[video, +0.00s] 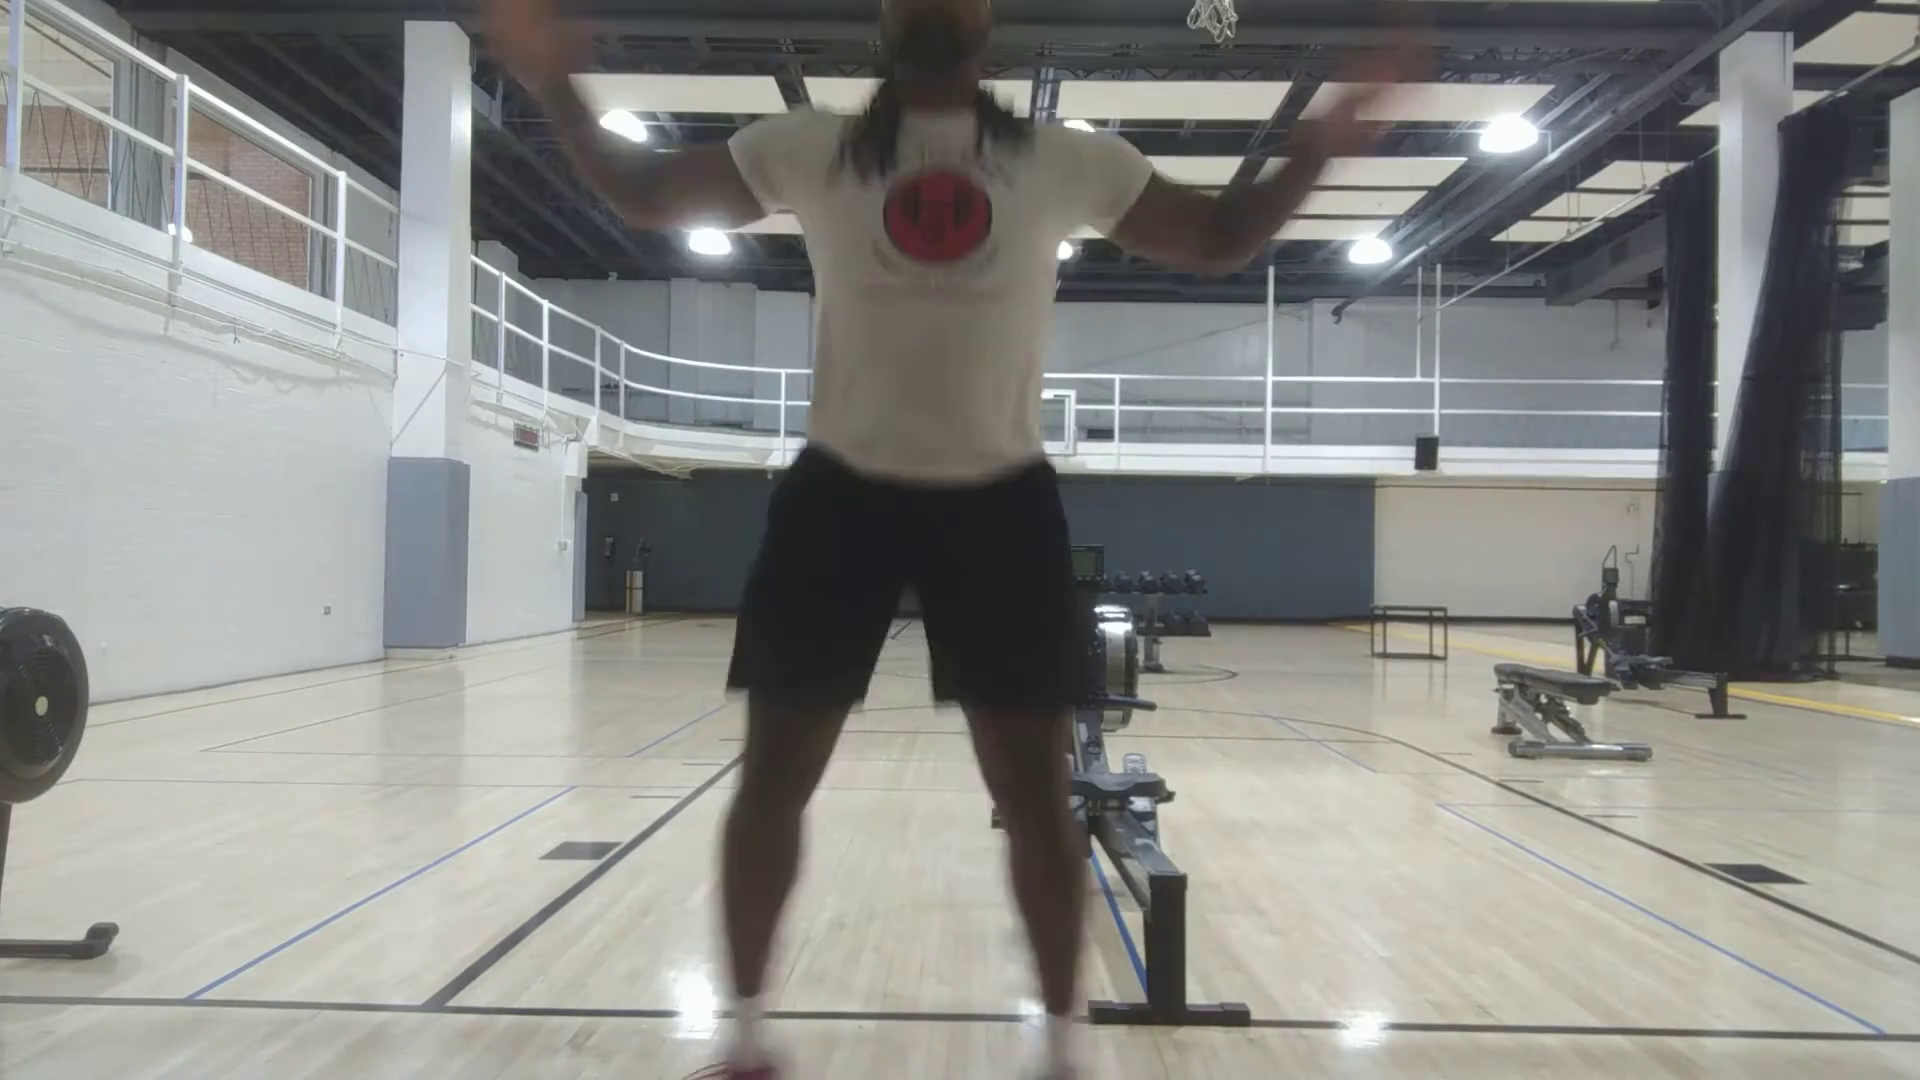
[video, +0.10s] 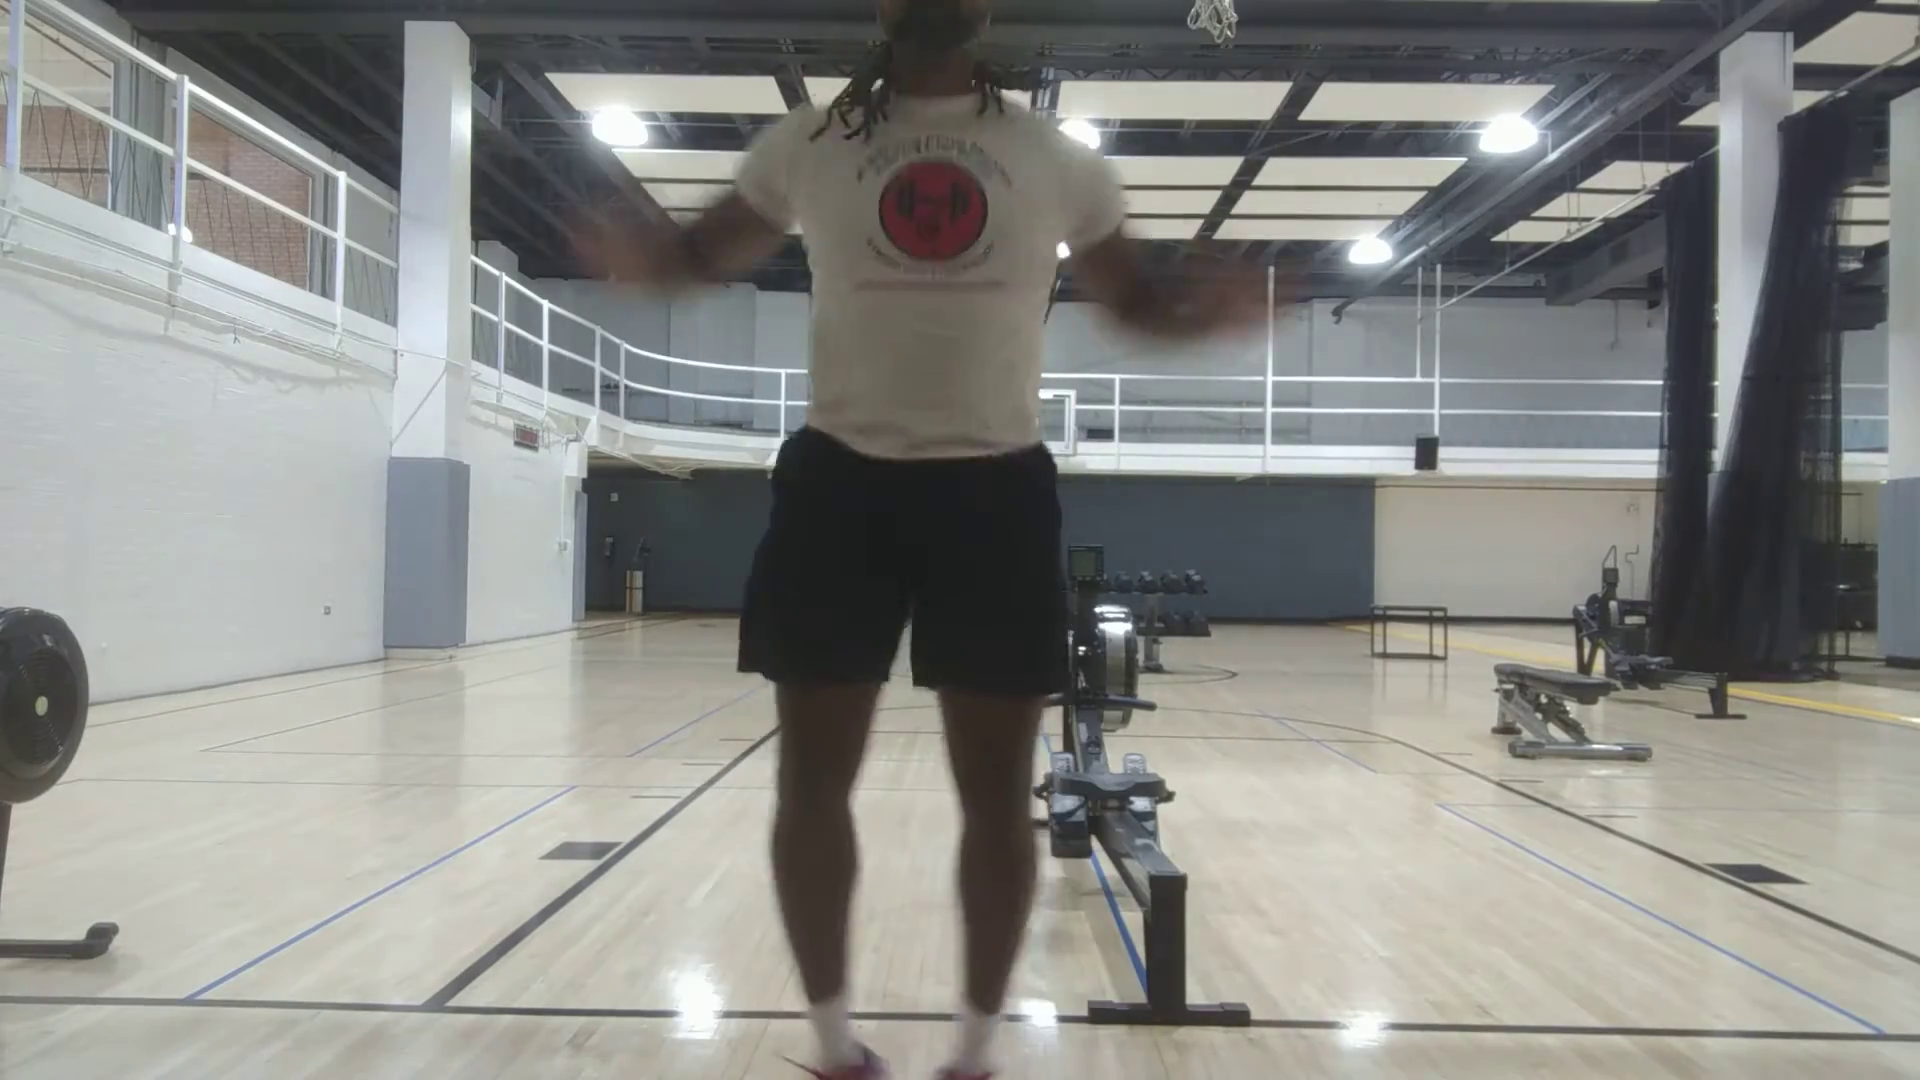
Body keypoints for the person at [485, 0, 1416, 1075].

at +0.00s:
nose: (939, 23)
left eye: (960, 10)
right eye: (917, 10)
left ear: (992, 32)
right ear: (878, 29)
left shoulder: (1062, 157)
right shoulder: (810, 144)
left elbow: (1218, 239)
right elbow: (637, 191)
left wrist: (1330, 132)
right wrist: (555, 83)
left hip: (1000, 506)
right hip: (841, 499)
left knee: (1037, 792)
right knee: (774, 773)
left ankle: (1062, 1038)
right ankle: (745, 1030)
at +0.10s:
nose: (922, 17)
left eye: (945, 6)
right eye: (907, 5)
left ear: (981, 19)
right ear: (878, 18)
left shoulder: (1052, 158)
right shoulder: (808, 144)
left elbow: (1133, 297)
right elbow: (701, 253)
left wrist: (1206, 302)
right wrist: (645, 248)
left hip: (995, 498)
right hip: (838, 492)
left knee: (997, 793)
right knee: (814, 783)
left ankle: (976, 1044)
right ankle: (832, 1037)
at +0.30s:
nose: (918, 96)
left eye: (941, 77)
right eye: (898, 77)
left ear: (975, 105)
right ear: (868, 103)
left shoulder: (1036, 275)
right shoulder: (806, 269)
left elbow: (1074, 418)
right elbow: (758, 427)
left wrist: (1079, 477)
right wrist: (782, 483)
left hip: (988, 603)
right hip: (840, 600)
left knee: (983, 885)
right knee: (835, 878)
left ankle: (958, 1069)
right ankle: (855, 1069)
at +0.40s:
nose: (918, 38)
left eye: (940, 20)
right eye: (898, 20)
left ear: (970, 38)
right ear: (866, 39)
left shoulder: (1033, 199)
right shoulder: (808, 201)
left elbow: (1097, 342)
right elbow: (734, 338)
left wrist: (1153, 369)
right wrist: (694, 382)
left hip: (987, 533)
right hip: (839, 530)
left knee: (982, 799)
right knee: (827, 798)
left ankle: (970, 1049)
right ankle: (840, 1048)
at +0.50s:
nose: (915, 6)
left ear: (968, 12)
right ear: (871, 11)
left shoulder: (1031, 134)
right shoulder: (801, 132)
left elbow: (1154, 276)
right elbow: (696, 254)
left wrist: (1236, 199)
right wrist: (569, 241)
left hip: (986, 474)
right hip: (833, 470)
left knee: (1005, 757)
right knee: (799, 751)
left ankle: (1023, 1024)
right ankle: (784, 1023)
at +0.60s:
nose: (911, 14)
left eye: (929, 0)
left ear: (966, 17)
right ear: (859, 19)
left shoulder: (1034, 129)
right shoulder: (796, 132)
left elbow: (1205, 194)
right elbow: (627, 199)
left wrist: (1242, 63)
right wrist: (534, 72)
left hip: (988, 482)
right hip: (828, 476)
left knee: (1049, 780)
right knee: (751, 768)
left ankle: (1111, 1040)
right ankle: (689, 1028)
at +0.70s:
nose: (907, 55)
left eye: (929, 34)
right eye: (886, 33)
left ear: (962, 62)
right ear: (854, 56)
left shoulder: (1032, 191)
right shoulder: (789, 196)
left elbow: (1210, 162)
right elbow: (619, 167)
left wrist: (1152, 33)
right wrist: (633, 35)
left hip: (989, 565)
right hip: (824, 560)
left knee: (1078, 845)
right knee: (715, 836)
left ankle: (1146, 1067)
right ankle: (636, 1062)